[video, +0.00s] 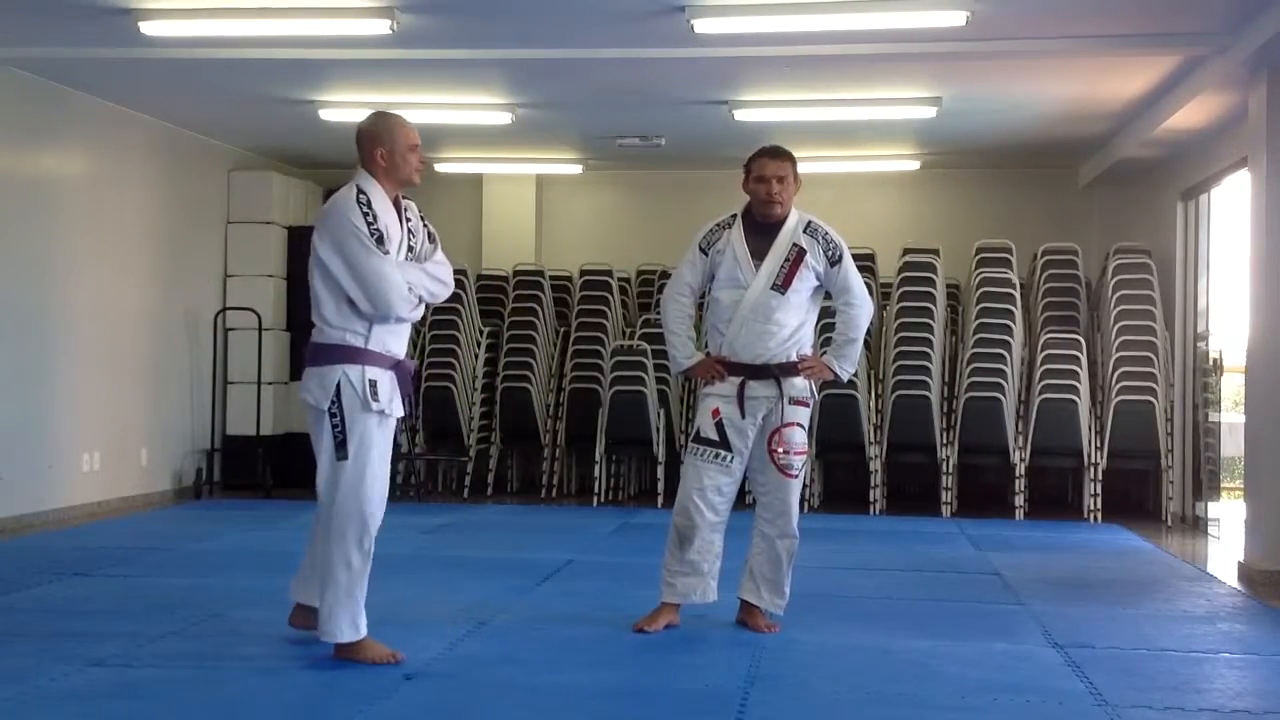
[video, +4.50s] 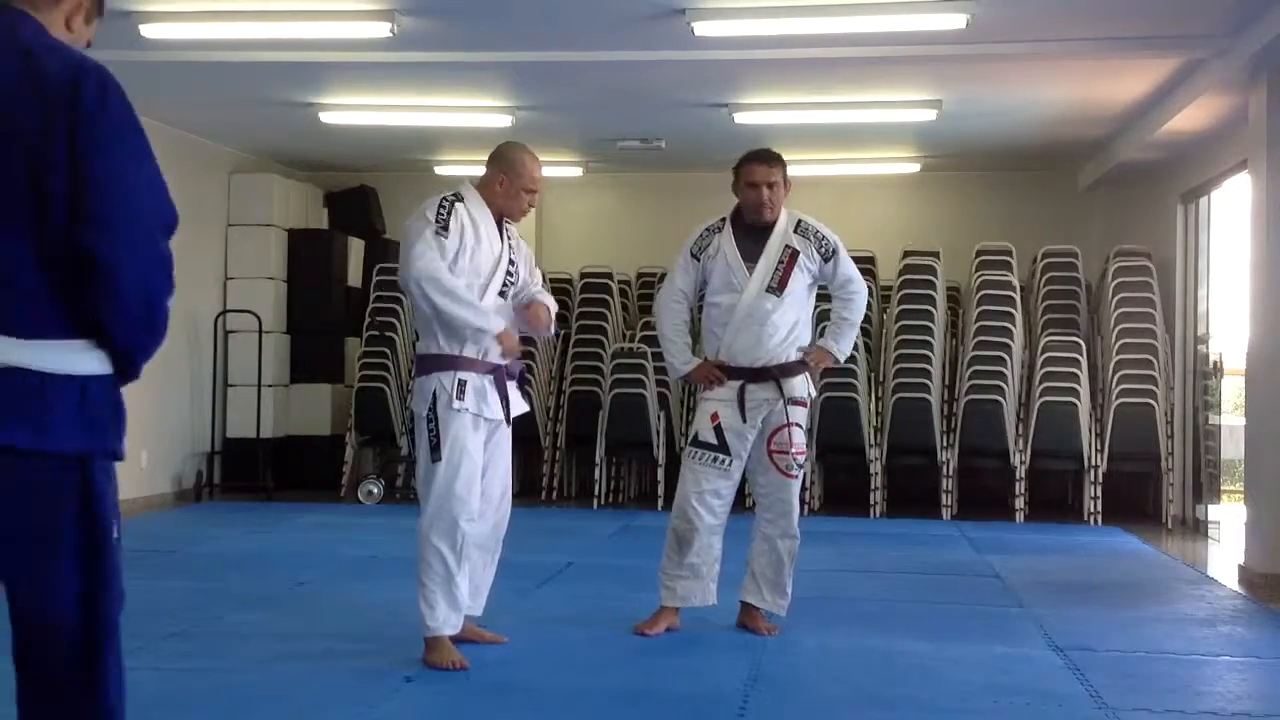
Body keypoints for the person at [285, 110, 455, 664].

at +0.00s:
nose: (422, 159)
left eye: (421, 149)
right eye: (414, 150)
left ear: (390, 156)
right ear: (381, 155)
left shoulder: (407, 213)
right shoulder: (348, 208)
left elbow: (444, 276)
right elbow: (387, 297)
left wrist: (395, 272)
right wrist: (425, 287)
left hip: (381, 373)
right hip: (347, 373)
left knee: (353, 497)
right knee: (358, 504)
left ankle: (311, 603)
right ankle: (346, 634)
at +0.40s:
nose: (433, 159)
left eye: (431, 150)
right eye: (423, 151)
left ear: (399, 156)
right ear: (391, 157)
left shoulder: (421, 212)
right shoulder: (360, 213)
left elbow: (455, 275)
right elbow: (402, 303)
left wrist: (406, 273)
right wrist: (438, 284)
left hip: (406, 375)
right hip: (360, 376)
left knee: (423, 490)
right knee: (363, 502)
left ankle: (374, 602)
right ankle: (348, 635)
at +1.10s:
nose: (502, 180)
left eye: (502, 170)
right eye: (497, 170)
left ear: (472, 171)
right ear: (466, 171)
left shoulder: (489, 224)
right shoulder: (416, 221)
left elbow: (525, 288)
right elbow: (451, 300)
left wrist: (465, 276)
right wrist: (499, 300)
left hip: (484, 375)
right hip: (432, 372)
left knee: (485, 494)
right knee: (432, 485)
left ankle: (455, 614)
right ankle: (378, 619)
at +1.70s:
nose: (537, 191)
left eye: (539, 181)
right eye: (534, 180)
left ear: (509, 174)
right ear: (505, 174)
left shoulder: (512, 232)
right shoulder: (452, 215)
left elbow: (549, 305)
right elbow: (483, 299)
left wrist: (541, 289)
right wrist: (526, 308)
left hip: (499, 388)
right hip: (454, 386)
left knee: (497, 507)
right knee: (453, 508)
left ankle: (466, 617)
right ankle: (439, 633)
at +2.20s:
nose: (545, 191)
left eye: (546, 181)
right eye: (541, 180)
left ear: (514, 176)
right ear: (513, 176)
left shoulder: (514, 236)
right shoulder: (462, 215)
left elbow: (524, 318)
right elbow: (456, 303)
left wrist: (573, 355)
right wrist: (480, 381)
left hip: (506, 385)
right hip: (460, 382)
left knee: (497, 506)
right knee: (455, 508)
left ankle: (466, 617)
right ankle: (439, 632)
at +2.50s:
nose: (546, 199)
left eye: (548, 189)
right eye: (542, 188)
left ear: (517, 182)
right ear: (512, 180)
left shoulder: (507, 235)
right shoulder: (463, 212)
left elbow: (524, 303)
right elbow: (434, 293)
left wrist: (561, 274)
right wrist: (453, 371)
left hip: (504, 389)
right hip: (466, 385)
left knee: (494, 509)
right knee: (457, 508)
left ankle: (463, 617)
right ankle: (438, 631)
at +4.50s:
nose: (533, 203)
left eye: (537, 192)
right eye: (528, 191)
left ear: (508, 185)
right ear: (499, 181)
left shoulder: (512, 242)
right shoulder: (443, 210)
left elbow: (536, 293)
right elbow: (422, 273)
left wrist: (540, 309)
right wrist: (495, 326)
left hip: (497, 389)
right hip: (451, 385)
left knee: (491, 508)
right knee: (450, 507)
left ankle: (463, 618)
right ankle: (439, 632)